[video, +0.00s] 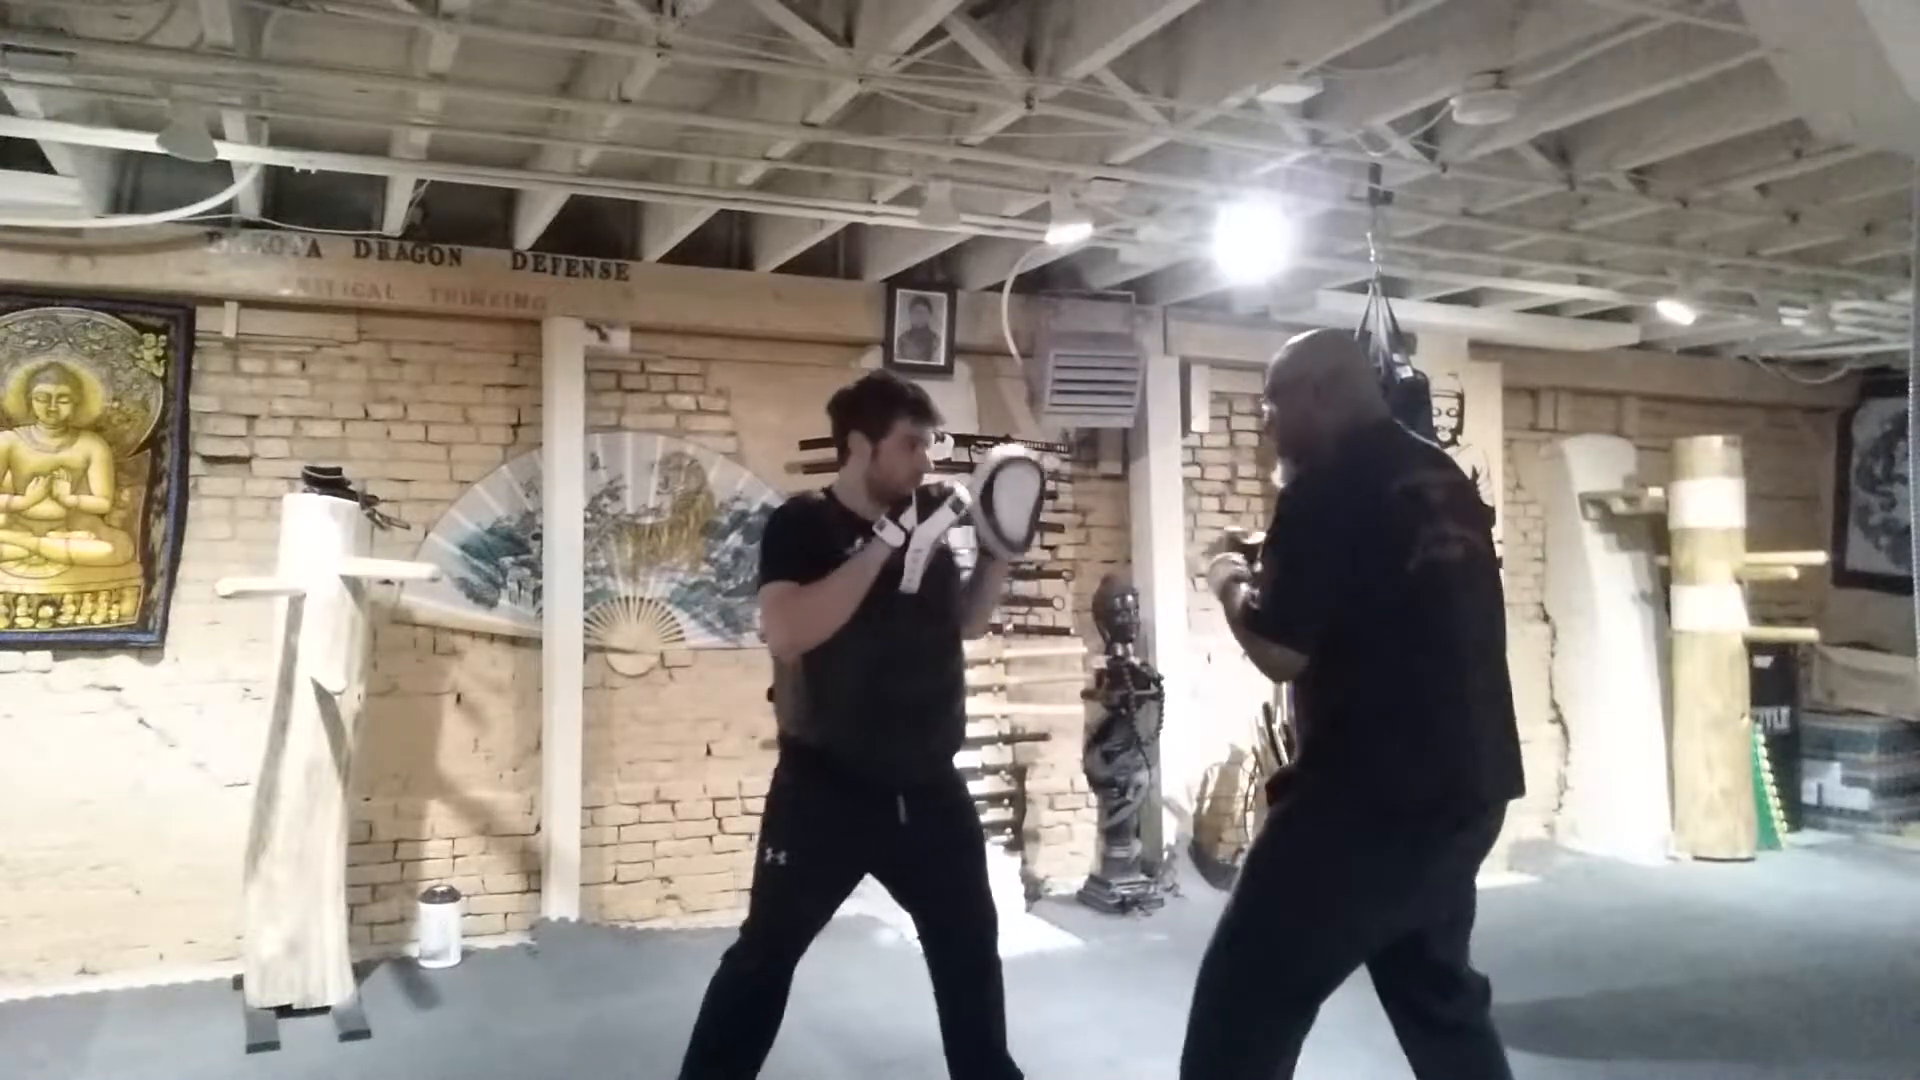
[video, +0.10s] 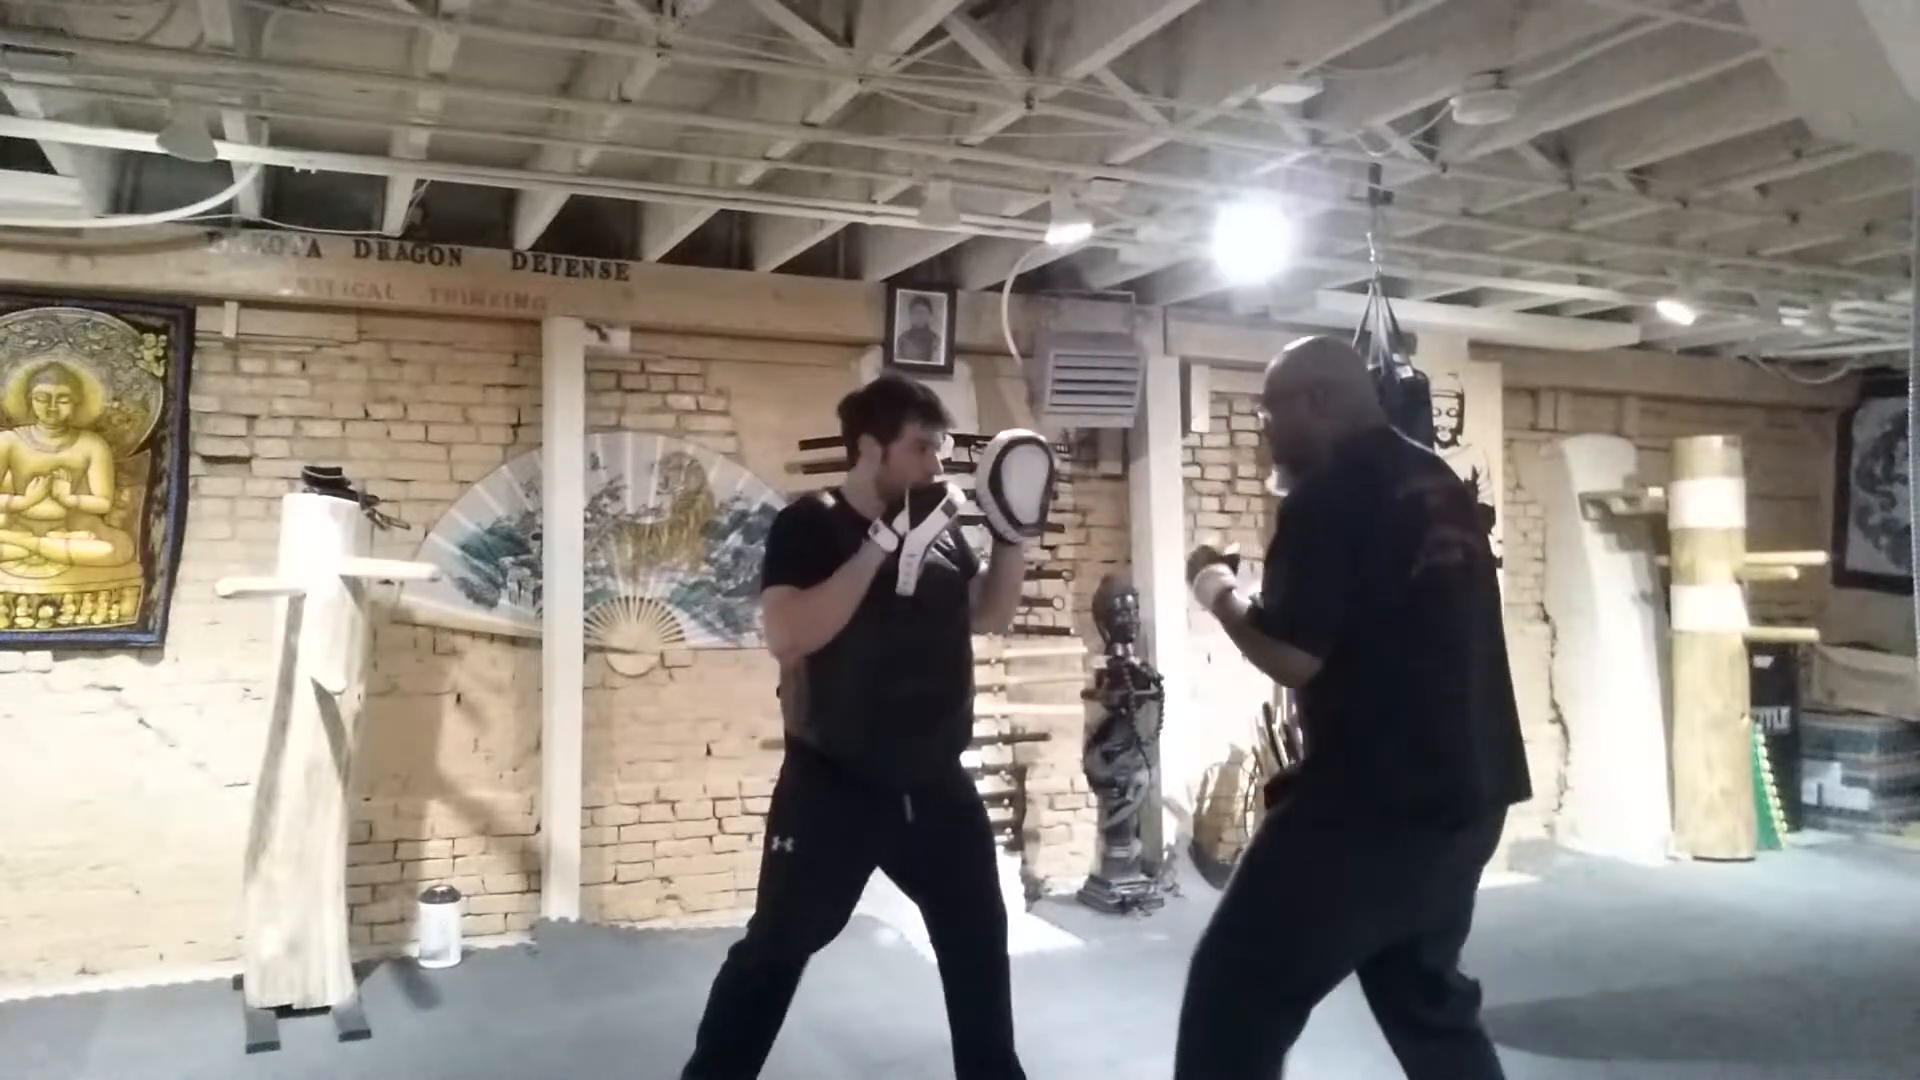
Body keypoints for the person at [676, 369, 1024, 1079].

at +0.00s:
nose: (925, 459)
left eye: (926, 444)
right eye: (912, 444)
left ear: (905, 450)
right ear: (860, 444)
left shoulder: (927, 531)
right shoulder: (799, 524)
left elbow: (965, 622)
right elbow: (784, 632)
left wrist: (999, 549)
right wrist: (883, 546)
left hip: (928, 789)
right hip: (824, 788)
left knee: (970, 962)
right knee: (763, 960)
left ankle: (988, 1077)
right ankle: (707, 1079)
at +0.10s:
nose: (936, 462)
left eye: (938, 447)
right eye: (923, 446)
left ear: (921, 451)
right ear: (871, 446)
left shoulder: (938, 535)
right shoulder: (806, 525)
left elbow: (988, 611)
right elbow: (786, 634)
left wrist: (1014, 531)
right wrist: (876, 550)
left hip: (933, 787)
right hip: (829, 787)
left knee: (979, 954)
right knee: (774, 951)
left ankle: (994, 1079)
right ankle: (710, 1078)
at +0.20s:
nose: (934, 470)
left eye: (936, 456)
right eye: (922, 453)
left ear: (924, 457)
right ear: (867, 450)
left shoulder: (940, 539)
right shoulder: (803, 532)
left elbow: (1000, 612)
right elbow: (778, 647)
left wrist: (1015, 525)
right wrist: (870, 557)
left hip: (934, 796)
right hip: (829, 797)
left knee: (989, 959)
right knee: (772, 973)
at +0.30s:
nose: (923, 476)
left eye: (925, 460)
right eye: (910, 459)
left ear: (914, 461)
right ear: (857, 457)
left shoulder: (927, 538)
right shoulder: (793, 540)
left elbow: (999, 611)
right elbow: (765, 656)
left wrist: (1010, 523)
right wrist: (852, 567)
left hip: (927, 797)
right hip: (821, 802)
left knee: (1002, 928)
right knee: (766, 977)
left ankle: (1001, 1077)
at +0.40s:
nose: (923, 474)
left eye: (925, 459)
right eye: (909, 460)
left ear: (878, 459)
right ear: (857, 458)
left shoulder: (930, 537)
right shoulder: (790, 538)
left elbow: (1010, 604)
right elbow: (757, 652)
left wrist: (1027, 513)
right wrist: (846, 567)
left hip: (929, 794)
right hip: (821, 801)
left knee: (1013, 921)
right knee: (765, 973)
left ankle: (1020, 1073)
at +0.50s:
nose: (929, 468)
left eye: (932, 455)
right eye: (915, 454)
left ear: (930, 456)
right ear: (864, 451)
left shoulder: (943, 534)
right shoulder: (805, 535)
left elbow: (1023, 596)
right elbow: (772, 644)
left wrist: (1038, 492)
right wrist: (857, 552)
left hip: (944, 794)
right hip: (838, 798)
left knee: (1012, 951)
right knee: (777, 970)